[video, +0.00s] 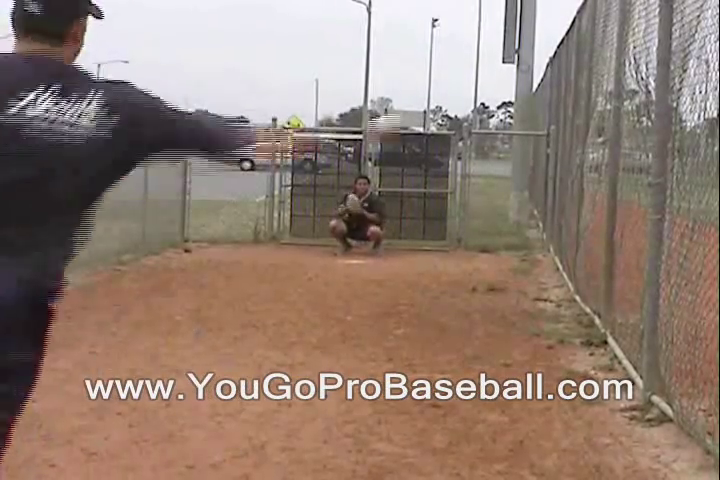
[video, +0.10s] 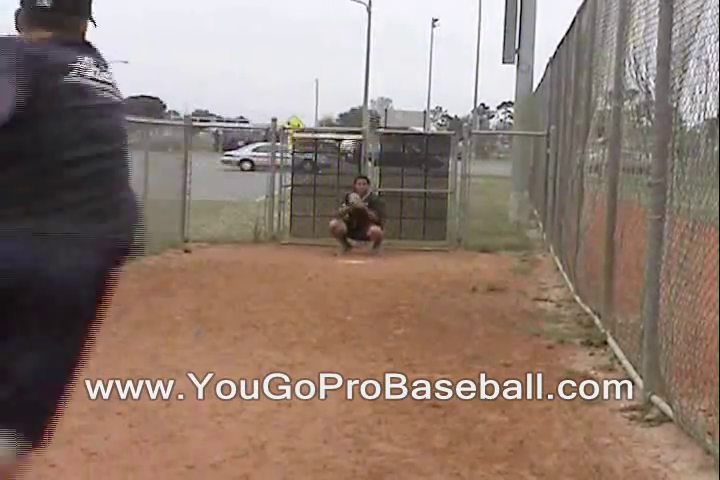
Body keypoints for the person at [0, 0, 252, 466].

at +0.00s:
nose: (84, 39)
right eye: (85, 30)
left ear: (15, 27)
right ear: (76, 34)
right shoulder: (110, 104)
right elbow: (192, 130)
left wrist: (256, 141)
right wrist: (268, 142)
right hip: (26, 278)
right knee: (7, 395)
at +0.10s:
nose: (17, 30)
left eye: (19, 21)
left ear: (27, 22)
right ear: (85, 27)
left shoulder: (19, 59)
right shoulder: (96, 66)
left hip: (28, 234)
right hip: (101, 229)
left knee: (18, 331)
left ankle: (10, 434)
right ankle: (16, 437)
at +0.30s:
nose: (10, 48)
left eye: (11, 41)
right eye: (13, 42)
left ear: (16, 41)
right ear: (68, 37)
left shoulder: (32, 63)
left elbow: (118, 71)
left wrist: (59, 143)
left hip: (76, 244)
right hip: (156, 240)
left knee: (29, 407)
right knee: (159, 399)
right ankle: (309, 433)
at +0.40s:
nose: (30, 54)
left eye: (33, 47)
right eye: (34, 47)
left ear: (43, 48)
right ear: (91, 48)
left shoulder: (55, 76)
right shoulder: (114, 94)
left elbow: (128, 100)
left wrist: (73, 174)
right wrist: (42, 220)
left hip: (110, 262)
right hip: (185, 249)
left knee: (53, 416)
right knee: (256, 398)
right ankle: (424, 461)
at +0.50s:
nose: (66, 67)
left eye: (68, 59)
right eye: (70, 58)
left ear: (75, 61)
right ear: (122, 62)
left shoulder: (85, 89)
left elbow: (128, 128)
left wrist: (80, 199)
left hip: (157, 261)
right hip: (230, 254)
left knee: (83, 423)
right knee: (289, 409)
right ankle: (384, 470)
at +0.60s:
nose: (112, 82)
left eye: (114, 74)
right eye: (115, 74)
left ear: (120, 77)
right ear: (166, 77)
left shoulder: (137, 117)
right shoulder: (202, 126)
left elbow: (180, 177)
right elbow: (237, 203)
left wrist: (132, 237)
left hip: (201, 286)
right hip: (273, 281)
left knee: (115, 430)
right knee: (283, 425)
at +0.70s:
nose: (155, 72)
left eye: (157, 64)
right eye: (158, 64)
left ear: (162, 70)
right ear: (209, 69)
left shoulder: (190, 122)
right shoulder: (238, 114)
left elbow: (234, 205)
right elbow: (274, 203)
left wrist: (182, 259)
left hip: (238, 294)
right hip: (297, 289)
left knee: (142, 432)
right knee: (287, 441)